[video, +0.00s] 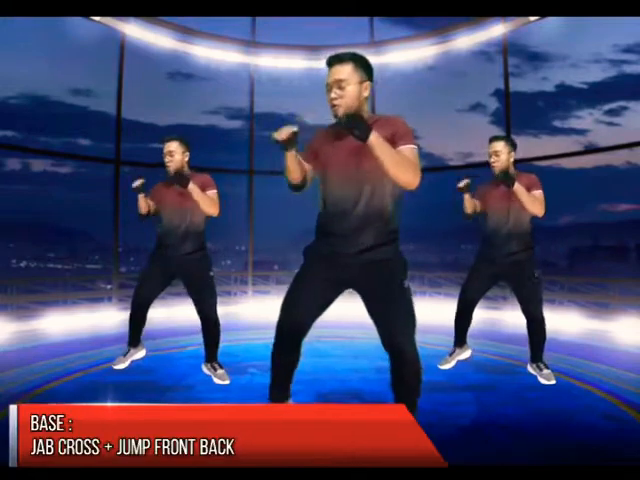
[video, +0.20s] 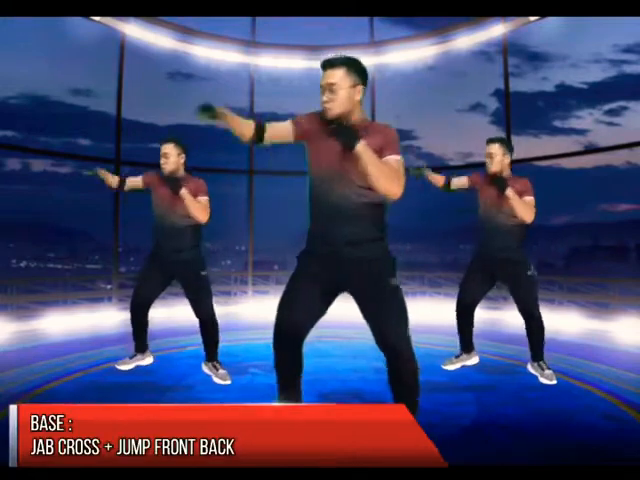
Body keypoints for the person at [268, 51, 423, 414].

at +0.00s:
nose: (333, 93)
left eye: (341, 85)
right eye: (330, 87)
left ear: (366, 88)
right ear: (327, 92)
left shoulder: (393, 129)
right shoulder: (322, 139)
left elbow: (410, 179)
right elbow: (297, 181)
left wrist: (369, 136)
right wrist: (289, 149)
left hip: (379, 258)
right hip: (327, 258)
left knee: (402, 347)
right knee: (288, 330)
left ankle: (405, 422)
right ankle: (277, 408)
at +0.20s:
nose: (324, 95)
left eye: (332, 88)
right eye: (323, 89)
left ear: (358, 91)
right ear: (321, 92)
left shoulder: (382, 135)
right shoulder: (313, 126)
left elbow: (392, 188)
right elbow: (257, 132)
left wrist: (358, 146)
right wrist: (224, 116)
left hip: (369, 261)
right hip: (321, 259)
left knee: (398, 346)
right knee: (286, 332)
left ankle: (406, 424)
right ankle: (290, 410)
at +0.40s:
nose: (304, 96)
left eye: (309, 89)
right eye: (305, 90)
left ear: (331, 90)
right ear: (328, 91)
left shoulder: (353, 126)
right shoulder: (326, 130)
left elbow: (335, 163)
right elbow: (313, 167)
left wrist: (301, 131)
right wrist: (301, 133)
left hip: (347, 256)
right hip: (316, 255)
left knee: (363, 344)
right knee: (282, 325)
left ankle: (424, 417)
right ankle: (289, 410)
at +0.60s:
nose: (316, 99)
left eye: (320, 91)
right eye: (316, 92)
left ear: (341, 89)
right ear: (338, 91)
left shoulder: (358, 119)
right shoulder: (339, 128)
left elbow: (297, 133)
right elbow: (316, 177)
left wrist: (256, 114)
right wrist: (310, 131)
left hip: (356, 254)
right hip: (328, 253)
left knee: (374, 345)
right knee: (291, 325)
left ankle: (423, 424)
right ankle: (290, 415)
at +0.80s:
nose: (317, 102)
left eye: (323, 94)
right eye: (316, 95)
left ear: (350, 94)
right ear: (332, 97)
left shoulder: (383, 128)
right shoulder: (329, 143)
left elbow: (389, 180)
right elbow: (310, 191)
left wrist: (343, 138)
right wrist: (296, 152)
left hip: (377, 259)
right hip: (337, 257)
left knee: (391, 348)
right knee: (301, 332)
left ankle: (425, 430)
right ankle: (289, 416)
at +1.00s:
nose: (323, 105)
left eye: (330, 97)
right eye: (322, 98)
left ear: (357, 97)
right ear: (329, 102)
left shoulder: (392, 132)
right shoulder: (330, 148)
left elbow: (402, 183)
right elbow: (306, 195)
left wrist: (353, 143)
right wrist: (294, 156)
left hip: (384, 268)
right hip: (337, 266)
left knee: (397, 354)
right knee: (294, 334)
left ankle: (426, 432)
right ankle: (289, 418)